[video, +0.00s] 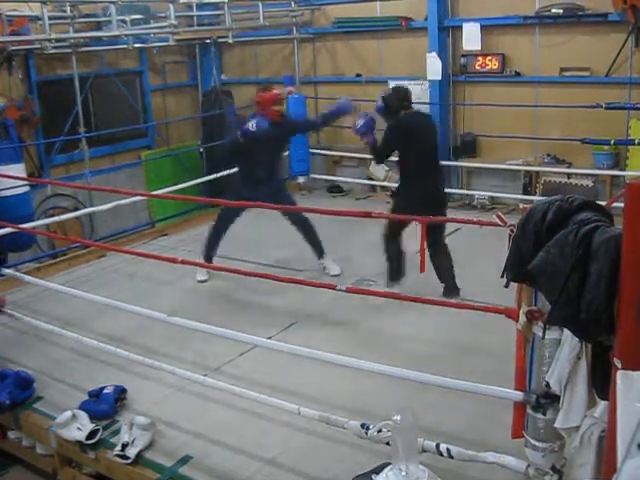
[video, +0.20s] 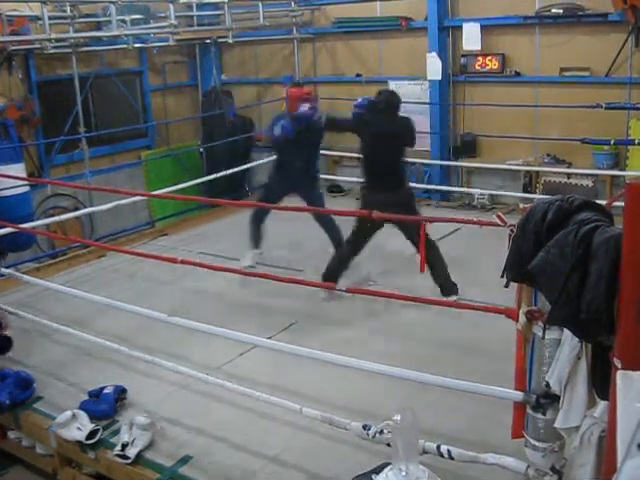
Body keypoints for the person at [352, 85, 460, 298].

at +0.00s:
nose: (385, 109)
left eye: (387, 105)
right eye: (386, 105)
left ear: (394, 106)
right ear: (410, 103)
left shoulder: (398, 125)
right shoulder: (426, 120)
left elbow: (380, 156)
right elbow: (409, 139)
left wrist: (368, 137)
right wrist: (389, 116)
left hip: (410, 194)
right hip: (434, 192)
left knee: (392, 234)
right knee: (436, 240)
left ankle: (395, 276)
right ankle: (451, 287)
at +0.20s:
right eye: (397, 106)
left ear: (377, 105)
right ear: (397, 107)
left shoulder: (365, 122)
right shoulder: (404, 124)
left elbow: (333, 123)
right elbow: (410, 142)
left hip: (373, 198)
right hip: (399, 198)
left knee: (356, 240)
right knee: (423, 241)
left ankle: (329, 279)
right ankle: (448, 289)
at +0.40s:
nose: (383, 112)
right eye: (381, 108)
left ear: (358, 106)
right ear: (381, 110)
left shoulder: (343, 128)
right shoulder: (382, 132)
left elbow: (324, 158)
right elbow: (394, 158)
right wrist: (392, 132)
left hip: (330, 200)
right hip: (356, 203)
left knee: (333, 245)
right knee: (371, 252)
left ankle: (323, 288)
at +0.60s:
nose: (376, 128)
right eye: (375, 125)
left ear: (350, 122)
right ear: (373, 126)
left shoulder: (335, 141)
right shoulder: (372, 147)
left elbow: (312, 167)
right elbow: (389, 170)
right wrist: (385, 147)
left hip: (308, 205)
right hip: (332, 211)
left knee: (324, 247)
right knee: (338, 275)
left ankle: (314, 283)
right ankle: (313, 327)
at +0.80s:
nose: (365, 122)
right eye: (364, 119)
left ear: (340, 116)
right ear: (362, 120)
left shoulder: (323, 133)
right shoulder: (362, 140)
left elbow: (307, 164)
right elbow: (377, 163)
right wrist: (374, 138)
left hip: (305, 206)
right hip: (329, 211)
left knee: (317, 242)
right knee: (336, 273)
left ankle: (309, 280)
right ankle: (315, 325)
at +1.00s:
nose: (357, 121)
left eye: (356, 116)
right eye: (356, 117)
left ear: (335, 111)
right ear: (351, 116)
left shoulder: (319, 126)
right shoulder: (346, 132)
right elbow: (365, 150)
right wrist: (363, 130)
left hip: (297, 195)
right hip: (317, 199)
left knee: (314, 245)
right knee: (330, 254)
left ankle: (309, 284)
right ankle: (316, 311)